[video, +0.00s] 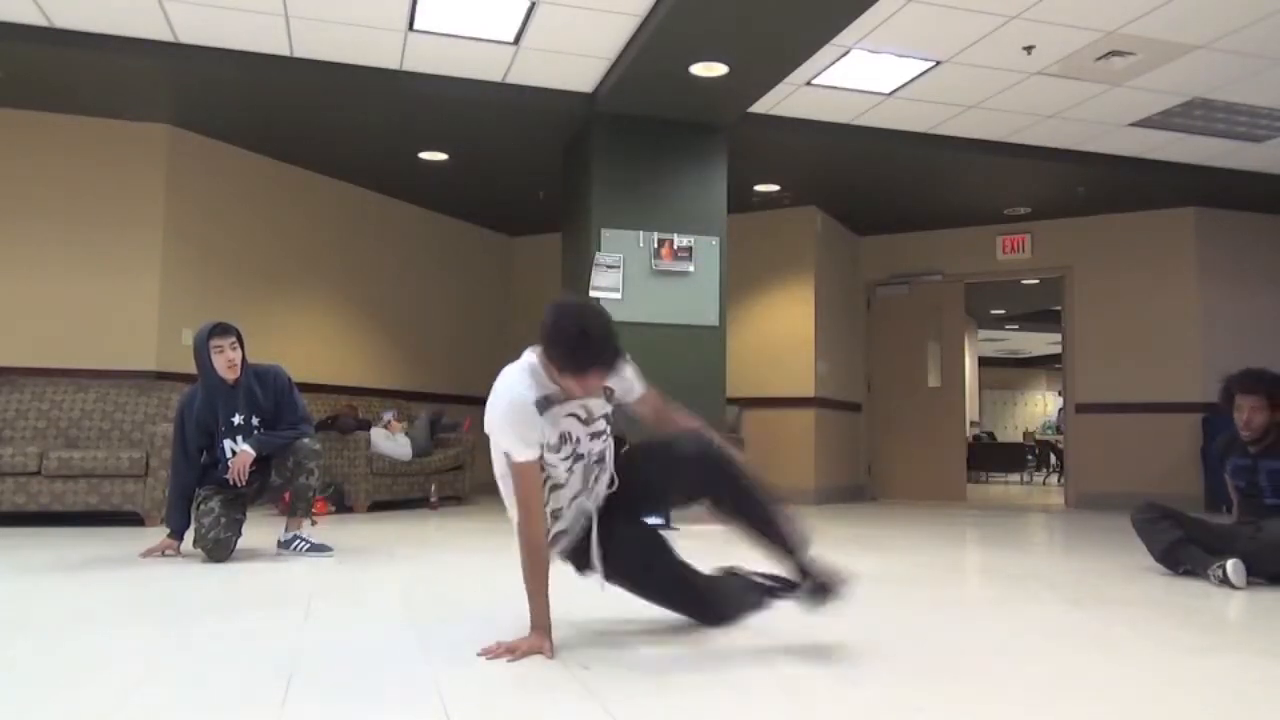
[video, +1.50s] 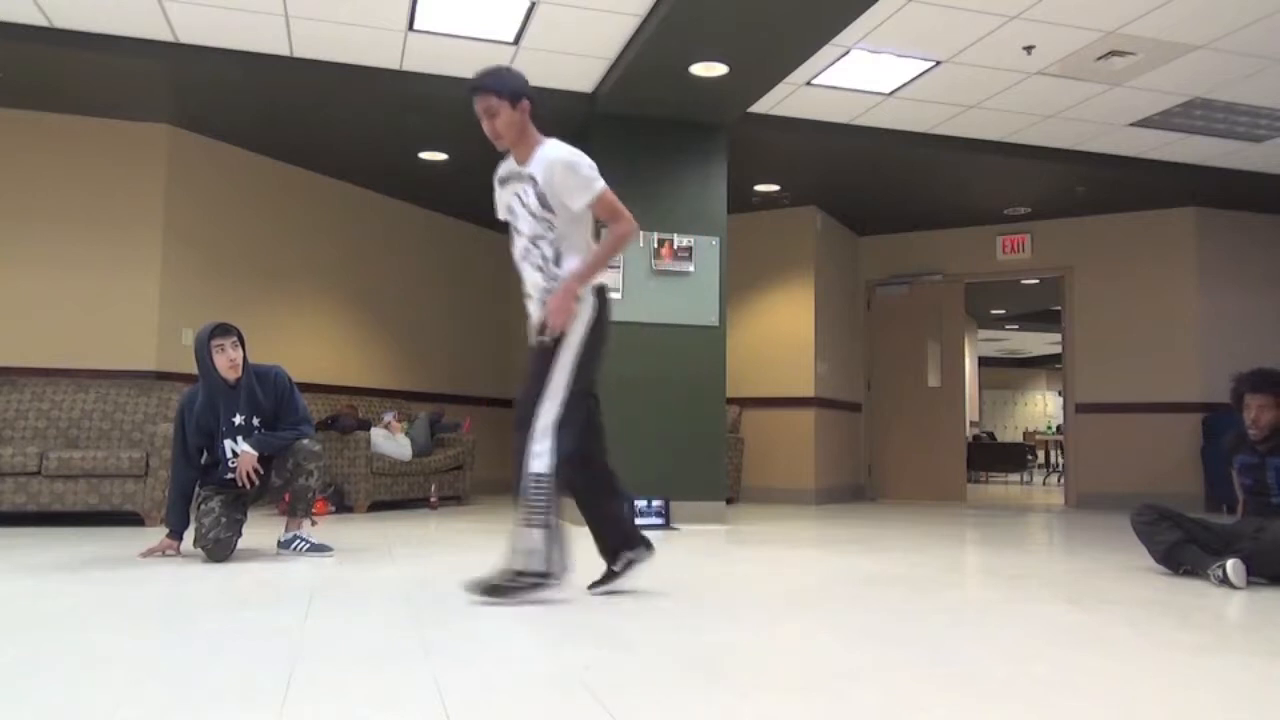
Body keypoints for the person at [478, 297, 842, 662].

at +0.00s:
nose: (598, 388)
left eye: (602, 377)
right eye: (587, 381)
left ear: (607, 358)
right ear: (557, 367)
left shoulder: (606, 360)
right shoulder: (516, 401)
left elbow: (658, 411)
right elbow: (530, 523)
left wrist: (721, 450)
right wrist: (539, 631)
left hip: (618, 473)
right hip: (584, 529)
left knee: (701, 458)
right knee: (711, 606)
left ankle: (802, 566)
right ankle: (751, 585)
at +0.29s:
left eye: (593, 456)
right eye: (576, 460)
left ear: (615, 407)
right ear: (549, 413)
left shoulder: (657, 367)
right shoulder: (531, 396)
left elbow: (753, 444)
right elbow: (547, 518)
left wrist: (711, 512)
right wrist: (540, 631)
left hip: (640, 426)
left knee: (699, 474)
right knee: (558, 574)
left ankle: (715, 596)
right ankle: (535, 557)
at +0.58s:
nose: (598, 421)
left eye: (610, 410)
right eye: (584, 411)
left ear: (631, 369)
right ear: (563, 377)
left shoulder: (655, 337)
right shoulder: (543, 369)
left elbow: (688, 452)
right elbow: (541, 503)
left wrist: (611, 521)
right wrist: (530, 619)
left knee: (686, 475)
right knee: (481, 480)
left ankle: (717, 594)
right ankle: (414, 583)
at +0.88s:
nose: (593, 271)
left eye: (600, 258)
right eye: (580, 261)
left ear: (620, 236)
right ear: (563, 249)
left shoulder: (665, 253)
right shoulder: (547, 263)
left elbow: (683, 366)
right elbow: (503, 363)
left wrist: (643, 447)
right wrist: (472, 455)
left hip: (649, 349)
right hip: (579, 352)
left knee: (693, 441)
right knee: (519, 451)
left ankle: (718, 592)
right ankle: (432, 582)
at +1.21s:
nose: (522, 166)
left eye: (528, 152)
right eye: (515, 156)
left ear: (560, 143)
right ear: (515, 156)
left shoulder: (621, 193)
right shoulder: (537, 206)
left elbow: (697, 249)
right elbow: (582, 270)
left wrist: (645, 319)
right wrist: (562, 320)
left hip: (643, 348)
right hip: (590, 355)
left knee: (672, 469)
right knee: (580, 471)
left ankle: (712, 594)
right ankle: (633, 558)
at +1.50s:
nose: (488, 125)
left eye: (494, 112)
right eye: (481, 116)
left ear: (523, 108)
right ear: (480, 122)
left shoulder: (562, 161)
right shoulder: (506, 175)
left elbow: (625, 226)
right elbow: (532, 243)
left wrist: (571, 288)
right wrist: (537, 303)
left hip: (580, 309)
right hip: (548, 313)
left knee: (540, 422)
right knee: (572, 432)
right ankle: (625, 543)